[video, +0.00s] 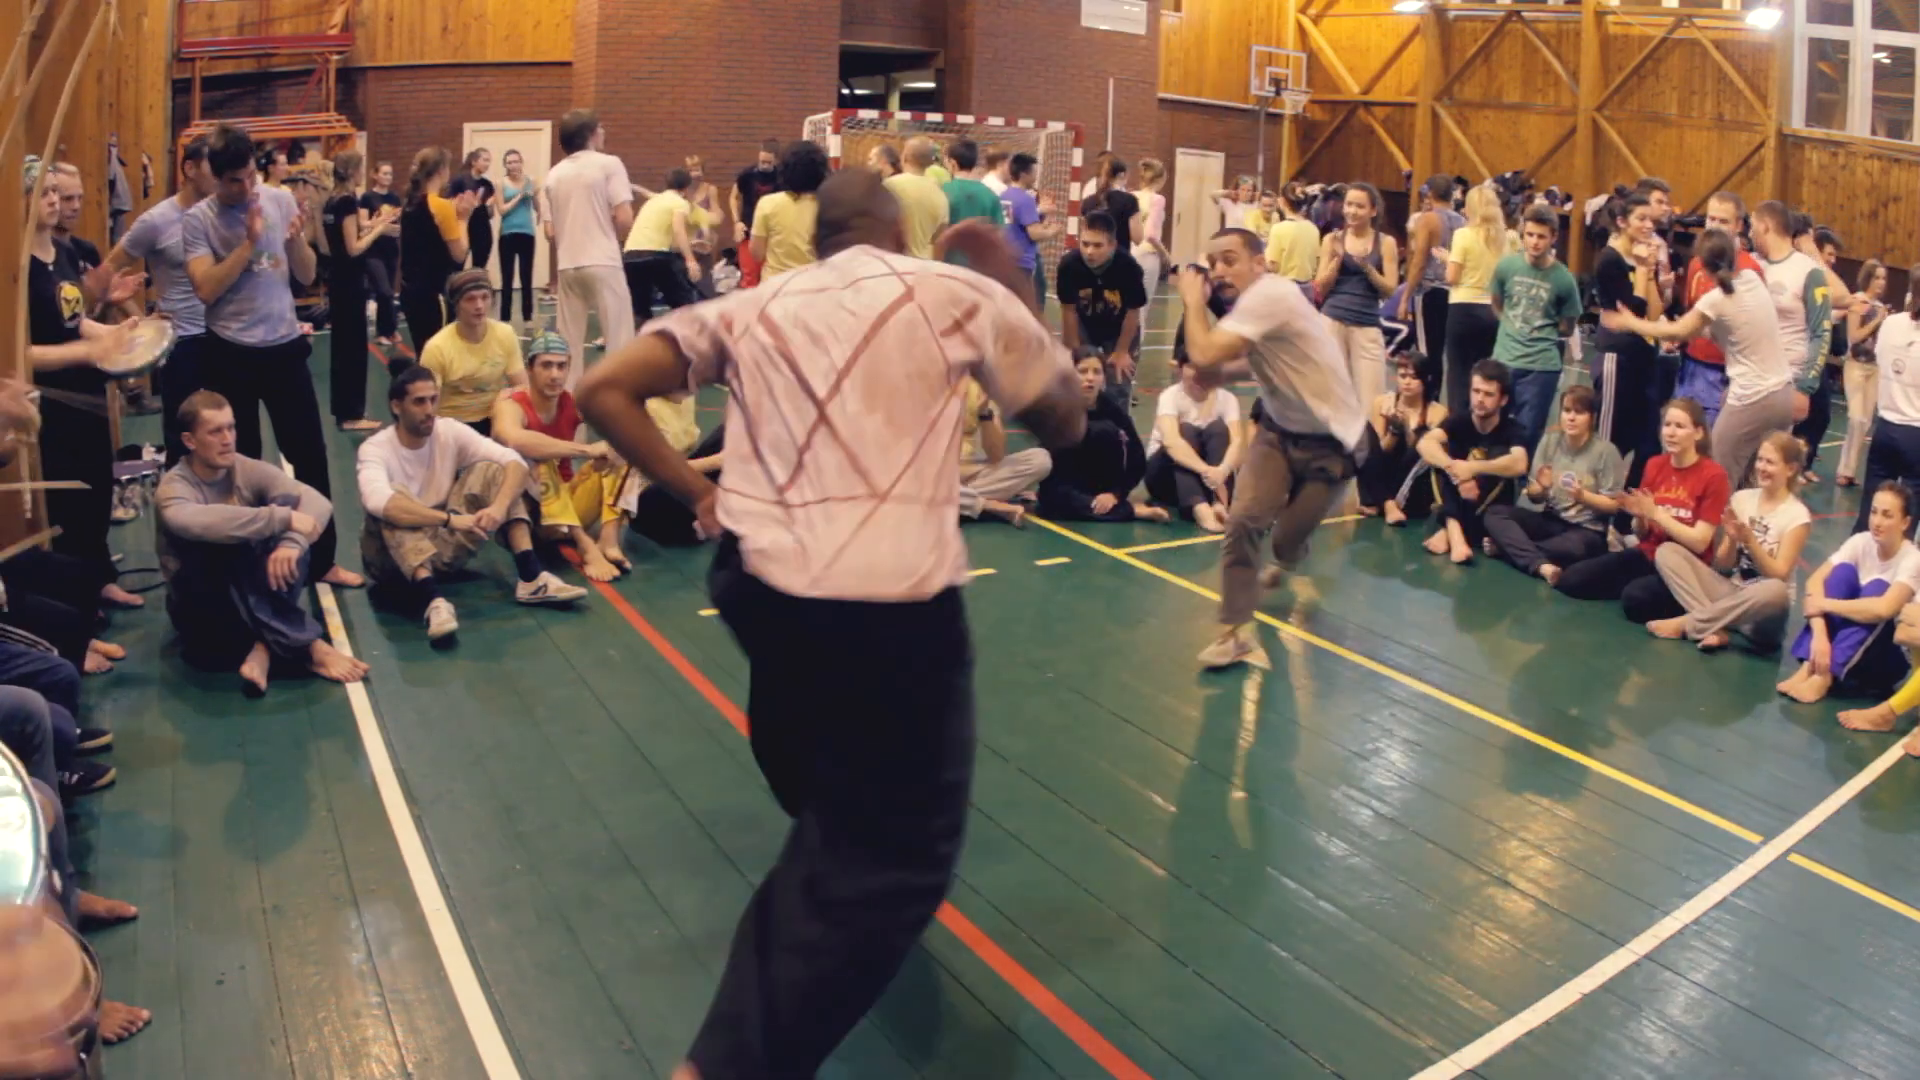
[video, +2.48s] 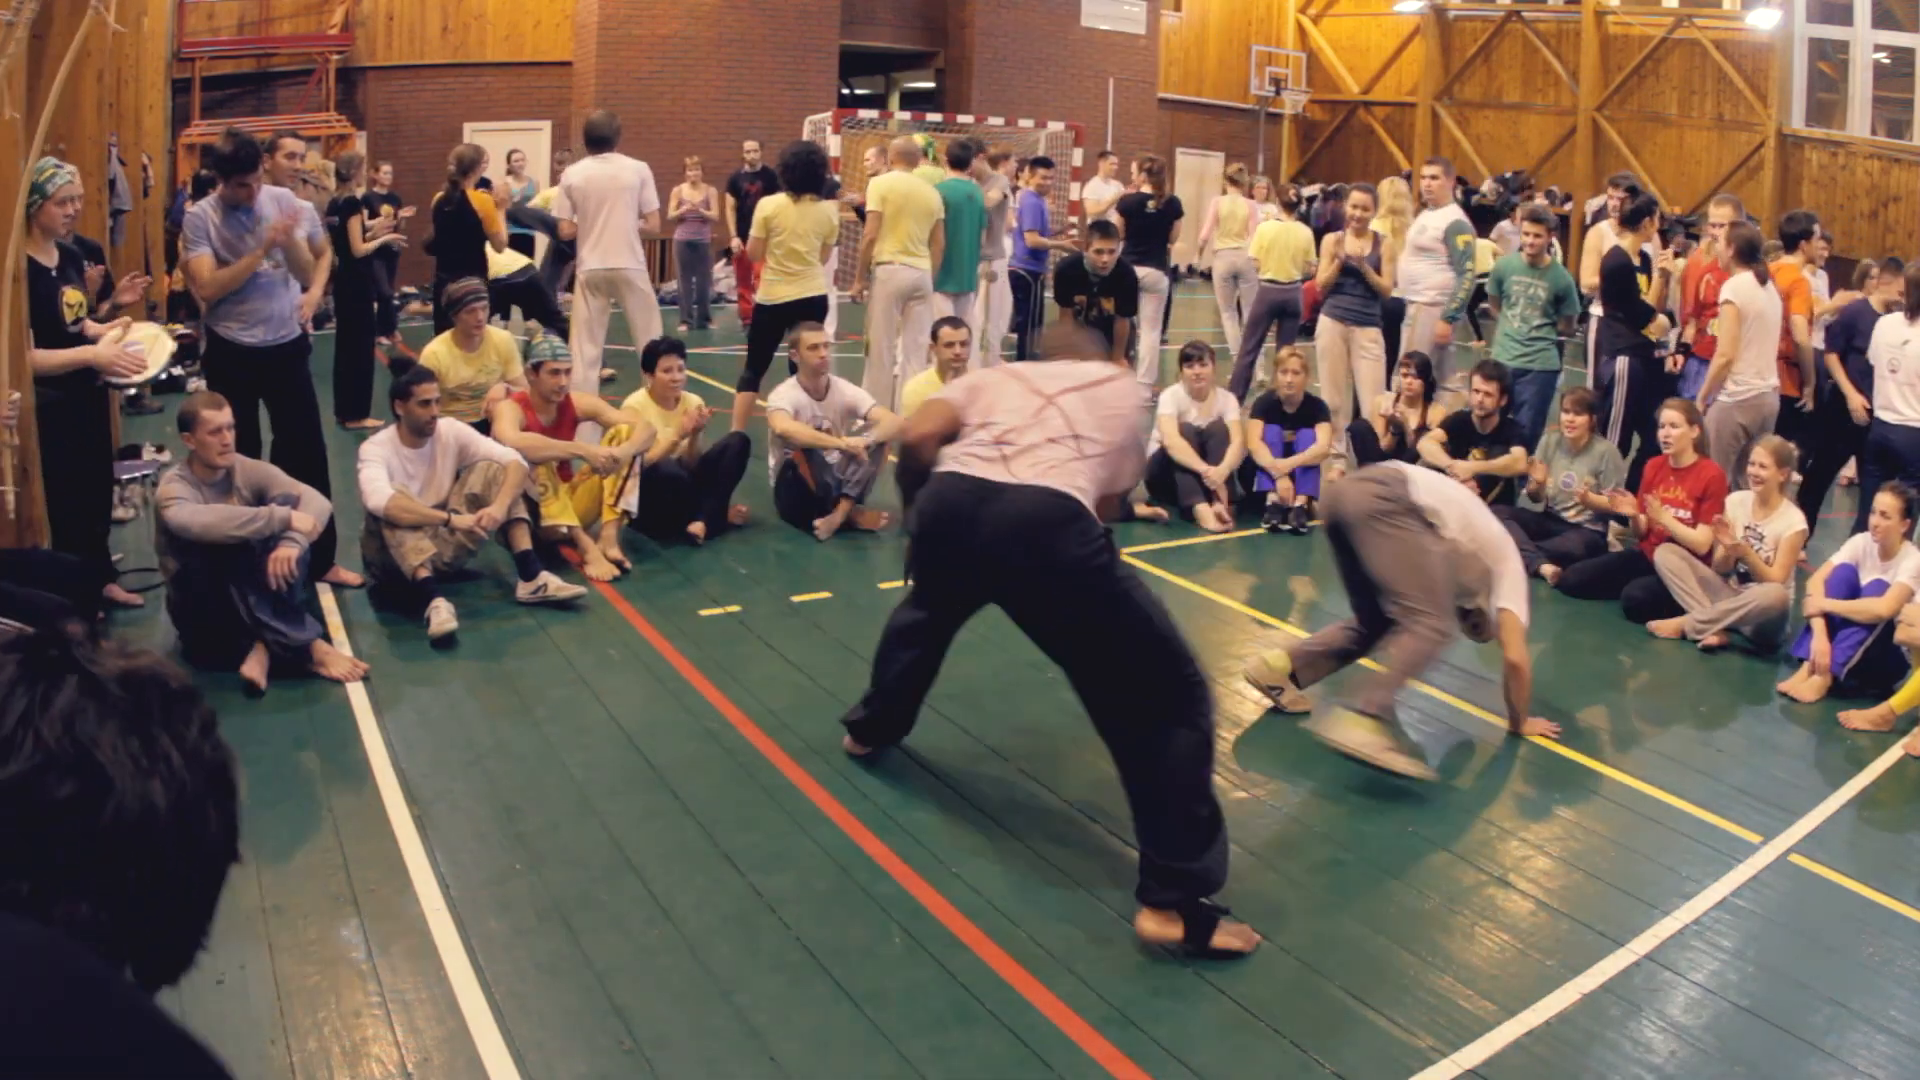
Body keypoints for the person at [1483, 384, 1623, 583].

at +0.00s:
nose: (1571, 418)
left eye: (1578, 412)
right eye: (1567, 411)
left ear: (1591, 417)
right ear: (1560, 414)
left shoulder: (1606, 451)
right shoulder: (1550, 440)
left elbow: (1614, 505)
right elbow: (1532, 495)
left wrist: (1582, 495)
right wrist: (1541, 487)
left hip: (1584, 530)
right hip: (1548, 520)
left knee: (1575, 548)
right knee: (1494, 514)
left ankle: (1509, 550)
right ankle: (1539, 566)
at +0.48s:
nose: (1569, 419)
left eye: (1577, 413)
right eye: (1565, 412)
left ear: (1591, 417)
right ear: (1559, 415)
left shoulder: (1606, 452)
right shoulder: (1549, 442)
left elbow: (1609, 505)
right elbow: (1534, 492)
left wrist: (1573, 491)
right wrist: (1555, 492)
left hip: (1585, 529)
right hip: (1548, 520)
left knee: (1575, 547)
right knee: (1495, 514)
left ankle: (1509, 550)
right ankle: (1539, 566)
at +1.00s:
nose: (1571, 421)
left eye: (1578, 415)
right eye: (1566, 414)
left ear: (1591, 419)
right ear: (1559, 416)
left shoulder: (1606, 452)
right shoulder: (1549, 442)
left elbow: (1613, 505)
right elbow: (1531, 494)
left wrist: (1582, 496)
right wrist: (1541, 487)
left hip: (1585, 530)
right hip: (1549, 520)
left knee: (1575, 548)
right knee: (1494, 514)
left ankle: (1510, 550)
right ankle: (1539, 566)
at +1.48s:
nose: (1568, 420)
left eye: (1576, 414)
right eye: (1564, 413)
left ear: (1590, 419)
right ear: (1558, 415)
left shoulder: (1606, 452)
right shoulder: (1549, 441)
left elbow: (1612, 505)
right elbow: (1532, 490)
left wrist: (1577, 493)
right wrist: (1544, 490)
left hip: (1585, 530)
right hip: (1548, 521)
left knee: (1574, 548)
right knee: (1494, 514)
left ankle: (1510, 551)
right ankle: (1539, 566)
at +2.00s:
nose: (1569, 419)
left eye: (1577, 413)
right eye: (1565, 411)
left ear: (1591, 419)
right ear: (1559, 414)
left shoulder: (1606, 453)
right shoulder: (1549, 441)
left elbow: (1614, 506)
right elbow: (1529, 491)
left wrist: (1582, 497)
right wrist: (1541, 488)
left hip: (1584, 530)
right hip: (1547, 520)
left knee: (1574, 549)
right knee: (1494, 514)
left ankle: (1509, 550)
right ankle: (1539, 566)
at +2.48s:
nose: (1570, 420)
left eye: (1578, 414)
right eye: (1566, 412)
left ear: (1592, 420)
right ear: (1559, 415)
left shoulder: (1606, 451)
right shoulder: (1550, 441)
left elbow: (1617, 505)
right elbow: (1533, 497)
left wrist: (1589, 499)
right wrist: (1536, 484)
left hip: (1585, 529)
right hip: (1549, 518)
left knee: (1574, 548)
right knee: (1497, 512)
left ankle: (1510, 553)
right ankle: (1539, 565)